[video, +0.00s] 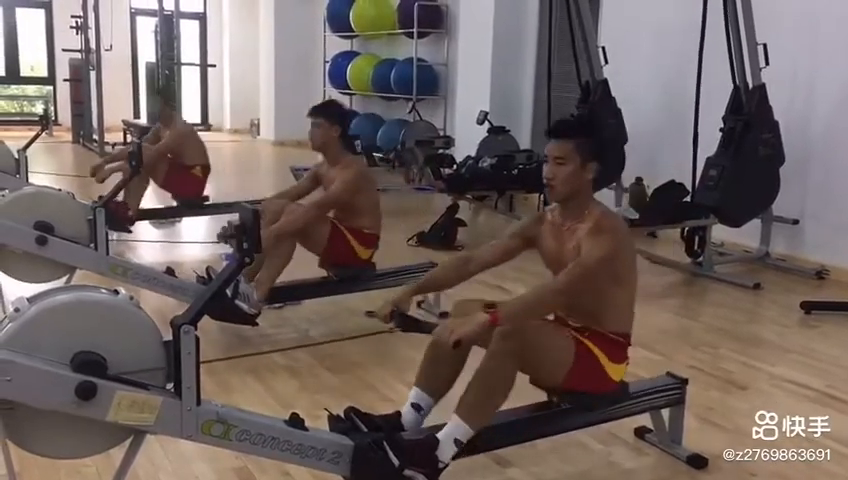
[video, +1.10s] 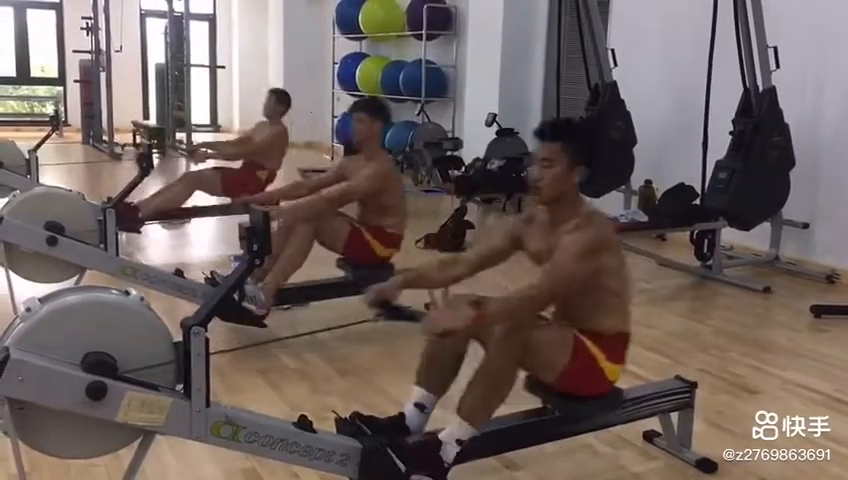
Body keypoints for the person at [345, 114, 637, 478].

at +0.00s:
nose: (547, 172)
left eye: (560, 163)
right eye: (546, 161)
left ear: (590, 170)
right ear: (544, 163)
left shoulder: (607, 231)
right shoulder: (542, 222)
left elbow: (557, 292)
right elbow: (472, 261)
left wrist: (485, 322)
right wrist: (411, 292)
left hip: (601, 356)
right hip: (560, 336)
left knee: (510, 335)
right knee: (465, 313)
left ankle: (439, 452)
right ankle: (407, 423)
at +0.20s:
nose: (507, 178)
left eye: (521, 168)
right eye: (506, 167)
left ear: (552, 175)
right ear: (504, 167)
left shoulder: (569, 238)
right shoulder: (505, 228)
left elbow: (516, 298)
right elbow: (432, 264)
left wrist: (439, 328)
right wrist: (364, 294)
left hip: (574, 365)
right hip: (533, 342)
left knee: (492, 332)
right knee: (441, 303)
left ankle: (438, 452)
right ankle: (406, 426)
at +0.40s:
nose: (460, 185)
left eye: (473, 175)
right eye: (459, 173)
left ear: (505, 182)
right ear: (456, 174)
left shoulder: (524, 241)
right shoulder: (462, 235)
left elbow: (467, 303)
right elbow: (384, 270)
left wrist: (378, 335)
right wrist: (311, 299)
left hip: (543, 381)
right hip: (497, 370)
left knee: (464, 318)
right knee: (417, 297)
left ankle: (438, 453)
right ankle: (407, 422)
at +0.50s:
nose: (429, 190)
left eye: (441, 181)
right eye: (427, 179)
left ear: (474, 188)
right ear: (425, 182)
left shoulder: (490, 248)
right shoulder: (428, 240)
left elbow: (424, 311)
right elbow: (352, 276)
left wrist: (335, 343)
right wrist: (276, 304)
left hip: (527, 384)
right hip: (479, 374)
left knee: (448, 319)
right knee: (402, 293)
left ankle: (440, 447)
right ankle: (407, 419)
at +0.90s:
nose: (452, 187)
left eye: (465, 177)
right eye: (451, 176)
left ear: (497, 187)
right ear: (449, 179)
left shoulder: (513, 246)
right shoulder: (453, 236)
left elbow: (456, 308)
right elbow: (377, 275)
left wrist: (367, 330)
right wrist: (310, 293)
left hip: (547, 373)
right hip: (498, 364)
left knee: (468, 319)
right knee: (420, 295)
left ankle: (443, 450)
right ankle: (409, 423)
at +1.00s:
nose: (491, 181)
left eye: (503, 172)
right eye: (491, 170)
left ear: (534, 181)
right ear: (489, 171)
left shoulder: (548, 239)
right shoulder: (491, 227)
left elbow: (493, 303)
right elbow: (423, 270)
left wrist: (409, 327)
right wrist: (356, 291)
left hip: (571, 361)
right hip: (528, 344)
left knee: (487, 324)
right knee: (437, 300)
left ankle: (445, 450)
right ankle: (410, 423)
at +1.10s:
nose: (535, 174)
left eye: (548, 165)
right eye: (535, 164)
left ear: (577, 174)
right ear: (532, 167)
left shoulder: (591, 231)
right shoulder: (530, 221)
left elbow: (539, 297)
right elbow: (461, 264)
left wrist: (470, 315)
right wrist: (400, 281)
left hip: (597, 357)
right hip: (557, 339)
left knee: (511, 332)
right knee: (460, 312)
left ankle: (444, 450)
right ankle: (411, 422)